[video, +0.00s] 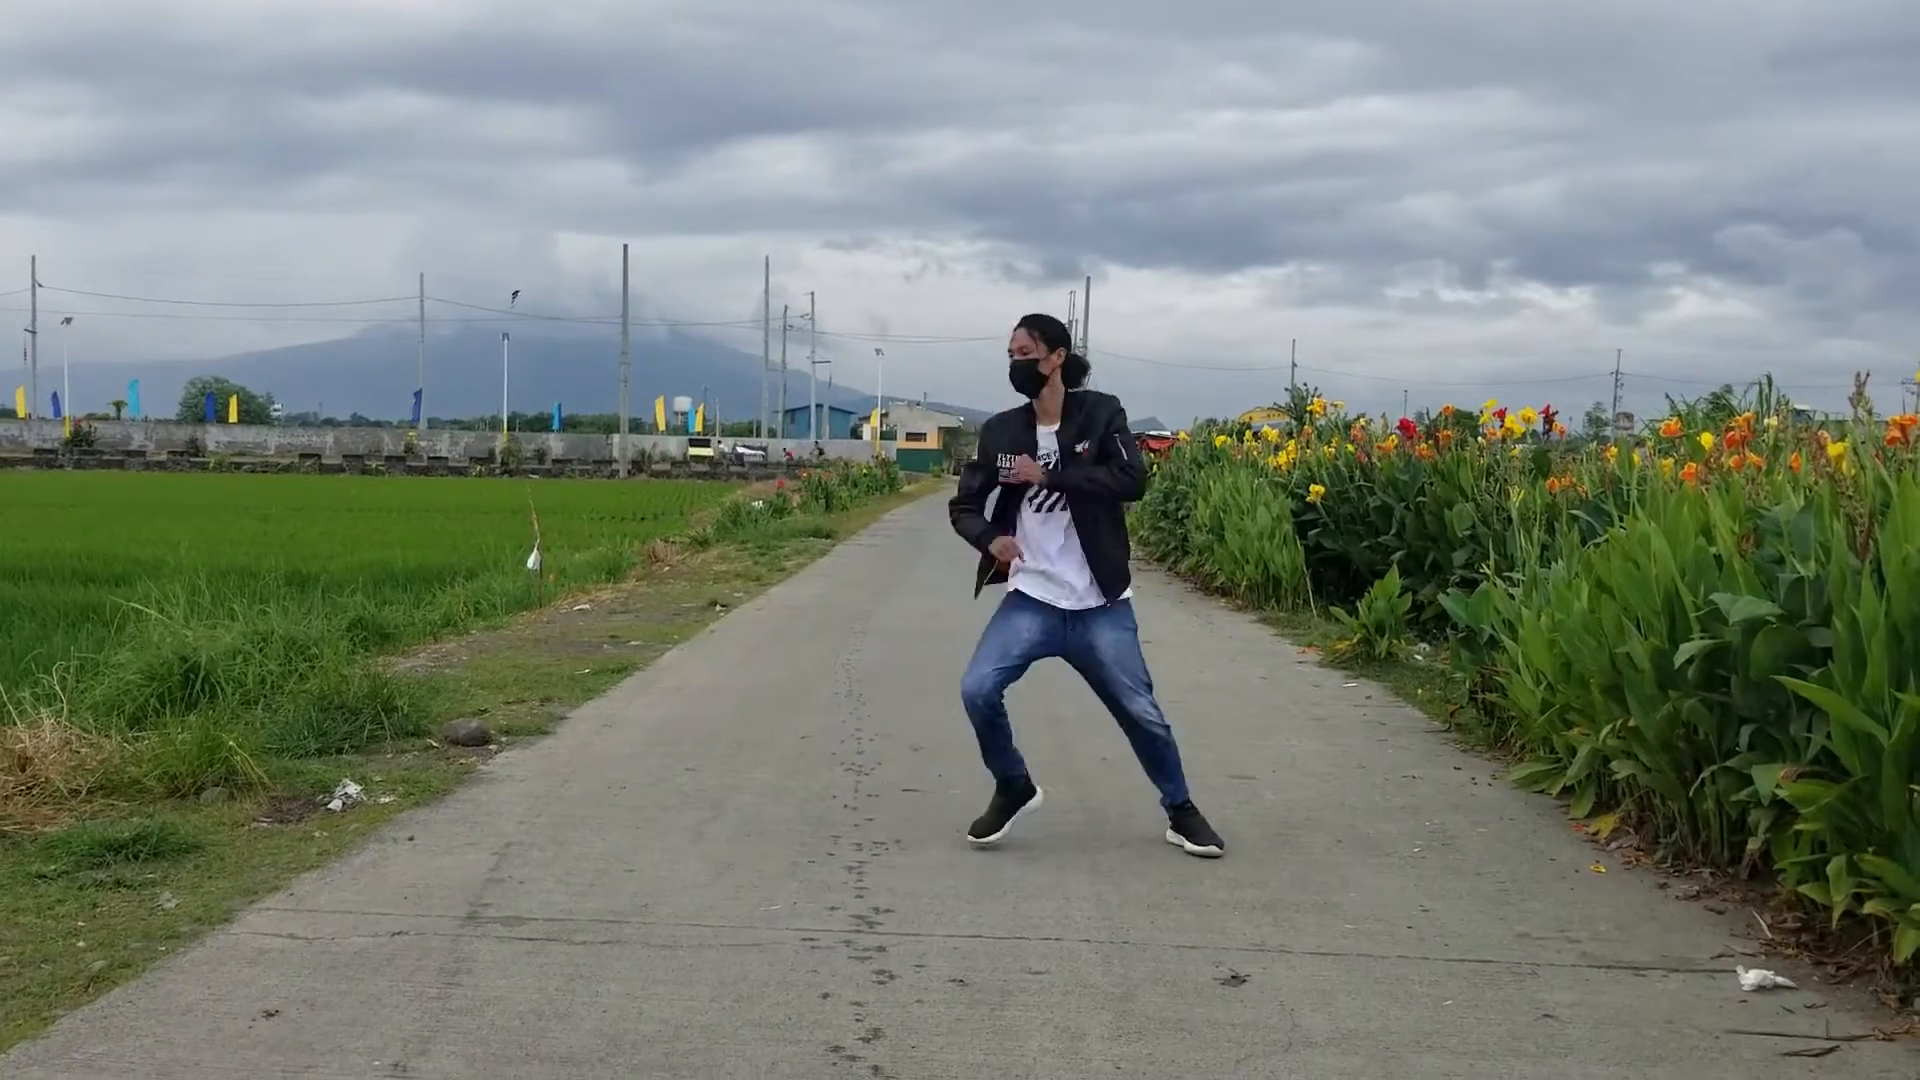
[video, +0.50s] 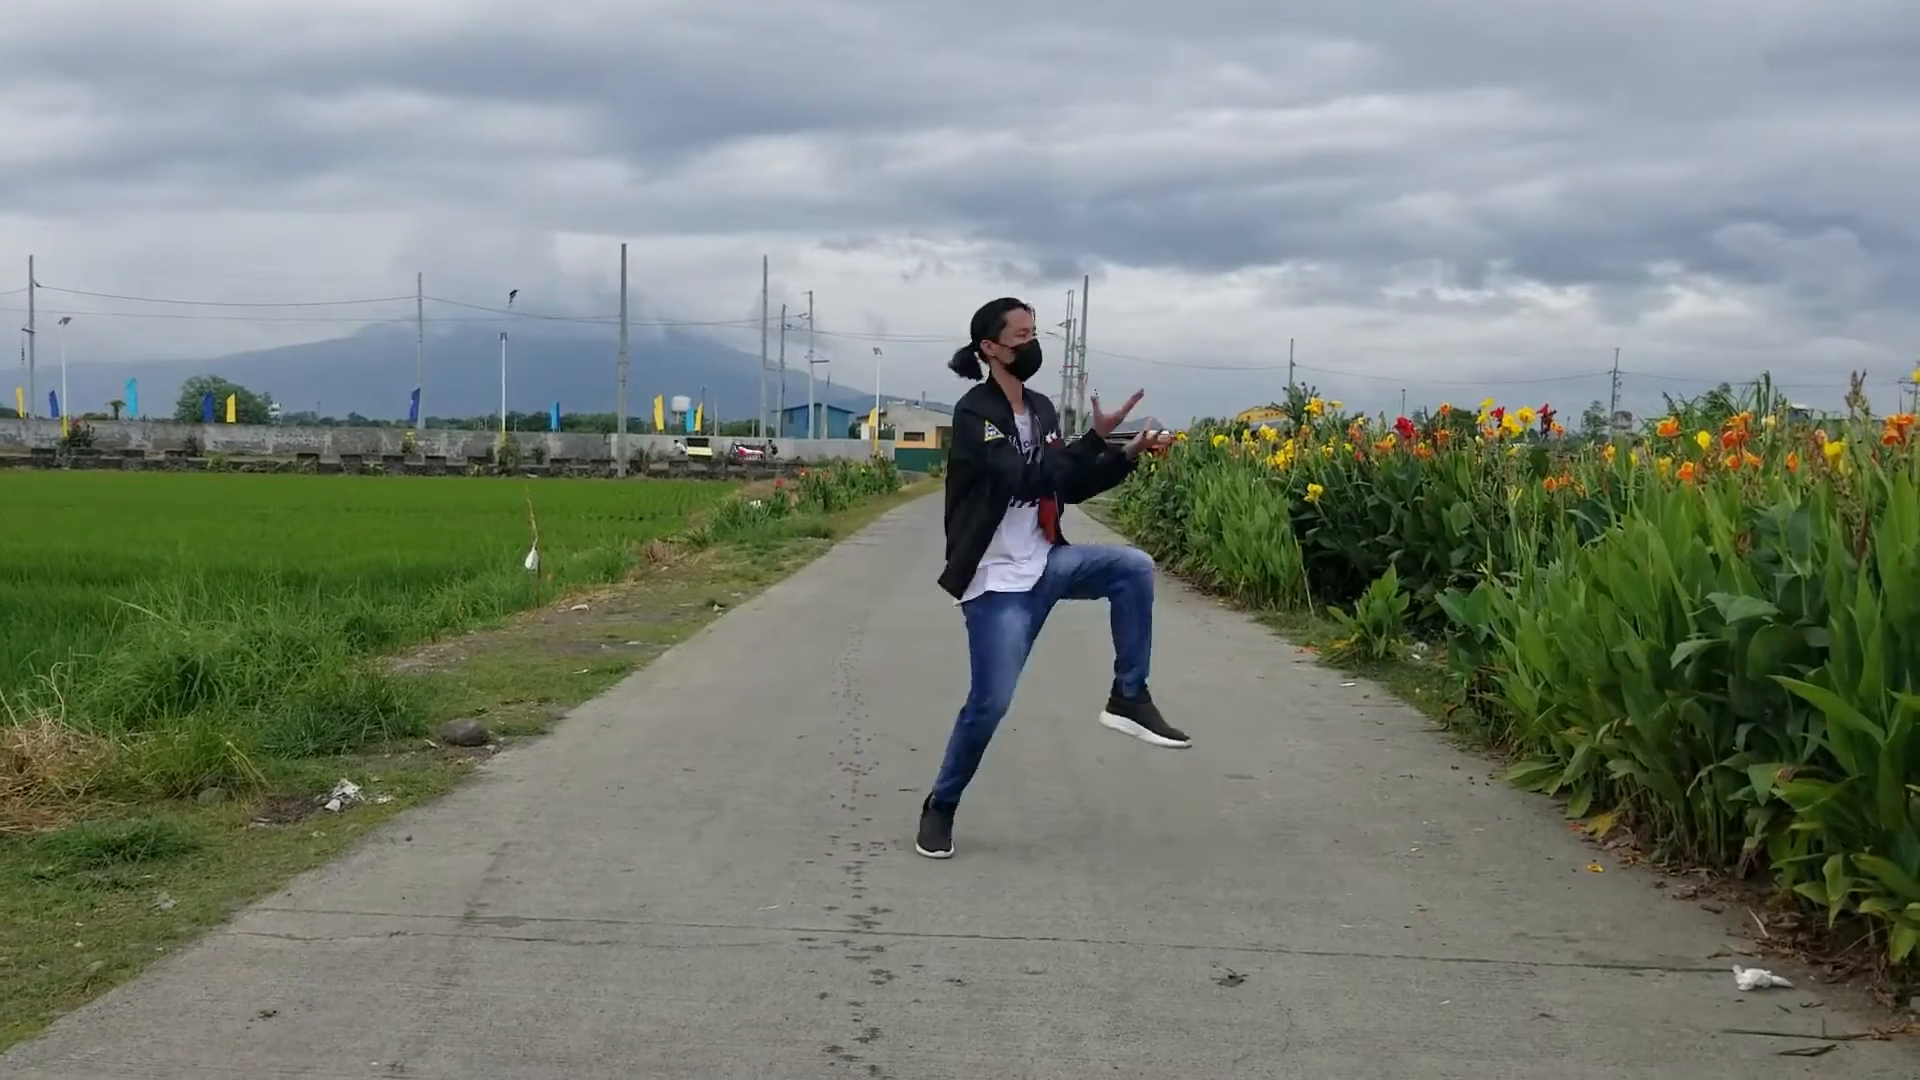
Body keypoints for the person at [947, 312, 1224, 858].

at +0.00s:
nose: (1014, 361)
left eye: (1023, 352)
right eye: (1012, 353)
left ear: (1056, 356)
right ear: (1021, 361)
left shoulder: (1101, 412)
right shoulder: (1001, 430)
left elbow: (1130, 479)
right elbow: (965, 507)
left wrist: (1047, 475)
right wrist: (988, 538)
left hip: (1100, 603)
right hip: (1029, 600)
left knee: (1141, 712)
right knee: (977, 690)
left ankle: (1181, 810)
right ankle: (1013, 787)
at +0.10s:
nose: (999, 365)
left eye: (1008, 355)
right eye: (996, 357)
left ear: (1041, 357)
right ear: (1003, 362)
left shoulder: (1096, 416)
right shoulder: (988, 431)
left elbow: (1159, 474)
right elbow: (921, 468)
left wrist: (1148, 528)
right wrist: (940, 424)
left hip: (1099, 604)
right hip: (1026, 603)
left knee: (1139, 713)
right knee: (967, 692)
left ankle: (1180, 811)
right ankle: (980, 812)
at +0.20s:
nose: (991, 367)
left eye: (1002, 357)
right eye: (987, 359)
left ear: (1032, 361)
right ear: (984, 365)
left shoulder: (1081, 420)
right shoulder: (969, 435)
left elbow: (1140, 468)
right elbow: (898, 449)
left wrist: (1148, 519)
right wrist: (940, 411)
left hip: (1086, 607)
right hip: (1011, 607)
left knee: (1130, 715)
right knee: (958, 703)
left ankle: (1178, 808)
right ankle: (983, 816)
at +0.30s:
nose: (1012, 342)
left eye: (1021, 334)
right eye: (998, 335)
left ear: (1034, 347)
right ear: (981, 352)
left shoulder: (1065, 411)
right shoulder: (961, 414)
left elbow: (1114, 489)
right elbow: (928, 470)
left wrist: (1117, 471)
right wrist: (947, 387)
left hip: (1075, 586)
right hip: (1002, 591)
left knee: (1136, 672)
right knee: (972, 700)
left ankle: (1168, 782)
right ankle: (983, 813)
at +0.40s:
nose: (1029, 337)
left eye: (1030, 328)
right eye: (1016, 330)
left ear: (1033, 339)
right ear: (985, 345)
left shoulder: (1044, 405)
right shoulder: (971, 409)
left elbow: (1066, 486)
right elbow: (1000, 483)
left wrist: (1113, 437)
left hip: (1058, 558)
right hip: (1003, 574)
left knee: (1135, 601)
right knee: (1000, 703)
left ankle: (1146, 728)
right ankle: (949, 801)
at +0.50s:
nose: (1032, 343)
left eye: (1033, 334)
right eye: (1021, 336)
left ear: (1024, 341)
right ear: (989, 346)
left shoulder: (1043, 410)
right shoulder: (974, 414)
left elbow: (1072, 484)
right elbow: (1022, 477)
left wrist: (1127, 456)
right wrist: (1095, 445)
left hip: (1047, 559)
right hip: (996, 578)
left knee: (1133, 568)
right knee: (992, 702)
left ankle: (1129, 696)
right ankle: (941, 806)